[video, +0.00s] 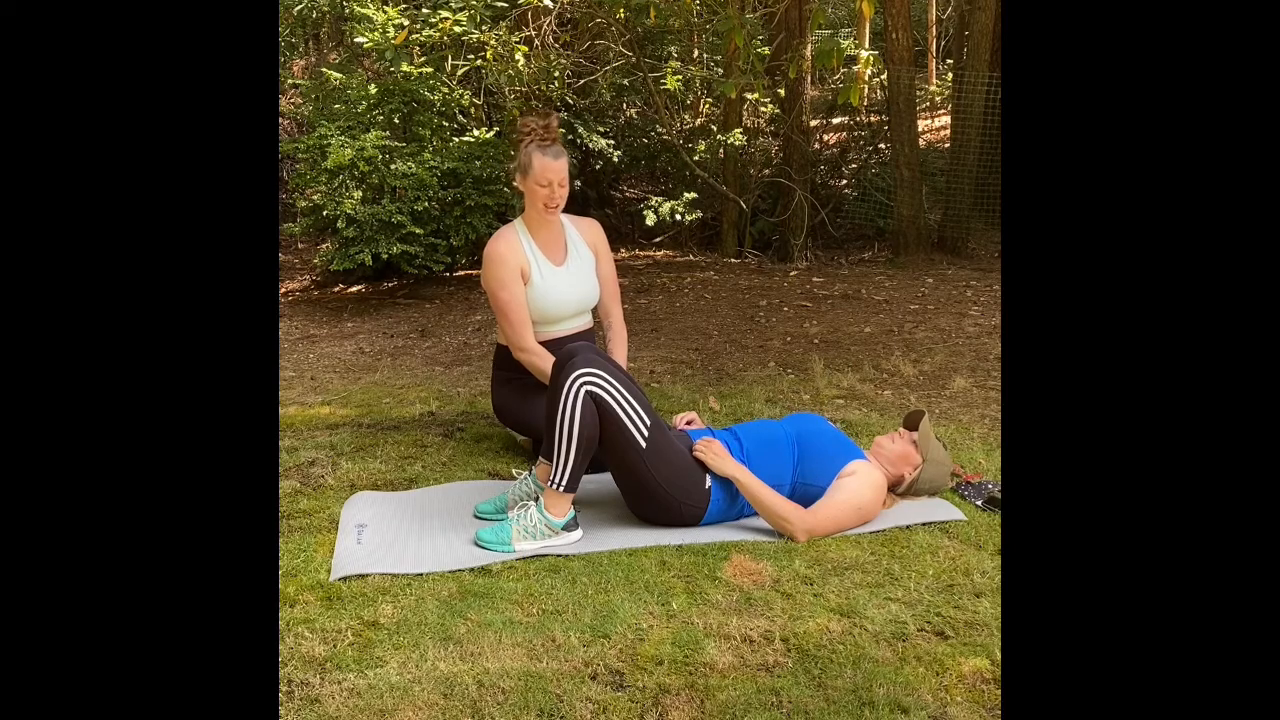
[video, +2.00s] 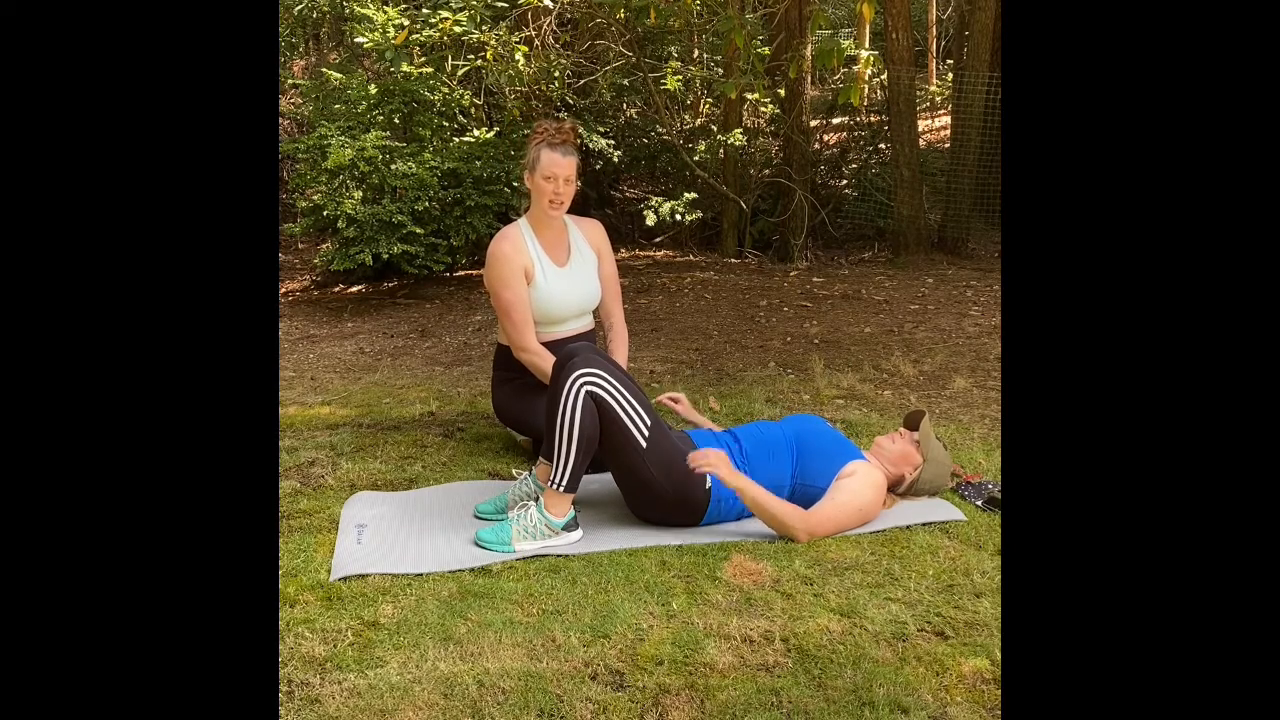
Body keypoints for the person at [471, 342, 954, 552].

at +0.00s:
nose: (898, 433)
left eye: (908, 439)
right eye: (907, 431)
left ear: (907, 471)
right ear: (896, 446)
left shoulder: (867, 483)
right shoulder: (843, 452)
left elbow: (805, 526)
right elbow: (761, 468)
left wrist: (731, 469)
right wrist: (705, 430)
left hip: (692, 489)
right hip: (681, 464)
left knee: (589, 371)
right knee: (579, 355)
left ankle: (554, 511)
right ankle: (543, 485)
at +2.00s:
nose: (896, 433)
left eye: (907, 440)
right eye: (905, 430)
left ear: (907, 472)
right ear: (894, 445)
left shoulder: (867, 483)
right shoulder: (843, 454)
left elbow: (806, 527)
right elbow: (751, 454)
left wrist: (731, 477)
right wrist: (697, 419)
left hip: (691, 490)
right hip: (680, 465)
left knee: (589, 372)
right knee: (581, 358)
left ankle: (554, 510)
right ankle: (542, 484)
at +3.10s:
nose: (897, 432)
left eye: (908, 439)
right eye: (905, 429)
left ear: (909, 472)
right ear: (895, 442)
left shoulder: (865, 479)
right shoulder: (848, 455)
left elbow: (793, 514)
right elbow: (770, 475)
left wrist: (704, 511)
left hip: (699, 461)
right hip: (689, 431)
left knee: (571, 366)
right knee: (563, 352)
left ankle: (555, 512)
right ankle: (544, 482)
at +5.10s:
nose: (898, 433)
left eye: (909, 440)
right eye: (906, 430)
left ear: (907, 471)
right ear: (895, 442)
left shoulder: (859, 478)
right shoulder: (843, 453)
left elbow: (788, 517)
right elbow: (772, 493)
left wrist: (704, 516)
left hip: (694, 481)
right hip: (679, 454)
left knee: (586, 373)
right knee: (586, 363)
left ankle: (554, 509)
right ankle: (543, 484)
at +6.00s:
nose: (899, 432)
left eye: (910, 440)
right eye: (908, 430)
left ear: (908, 471)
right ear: (898, 445)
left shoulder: (863, 478)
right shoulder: (846, 454)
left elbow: (794, 521)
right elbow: (776, 497)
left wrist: (707, 516)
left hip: (695, 483)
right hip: (681, 455)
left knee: (589, 374)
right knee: (590, 364)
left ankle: (554, 511)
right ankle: (542, 484)